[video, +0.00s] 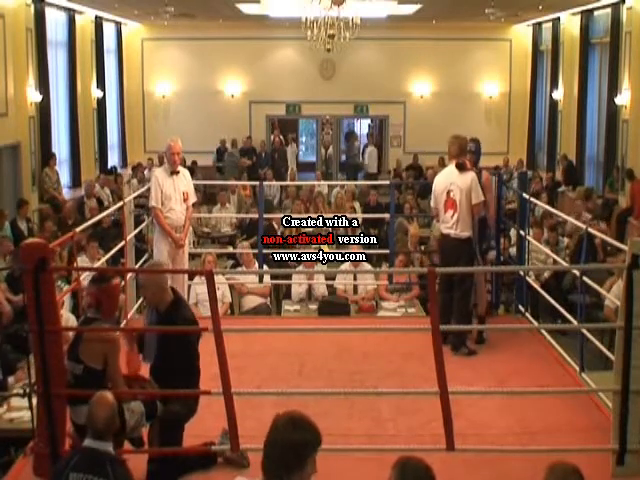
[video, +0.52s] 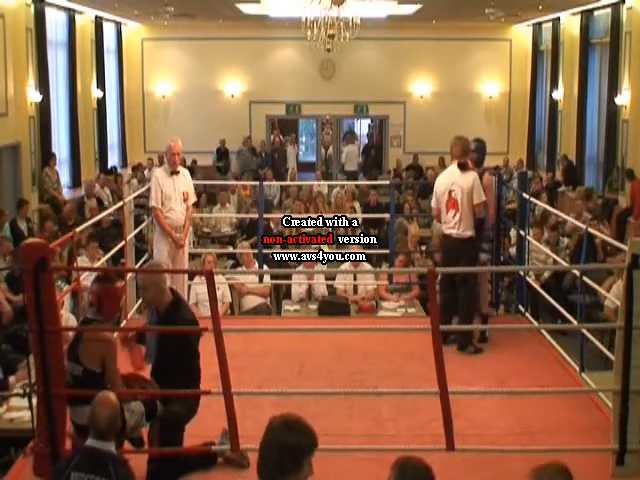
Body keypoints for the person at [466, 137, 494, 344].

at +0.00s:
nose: (469, 157)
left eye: (472, 153)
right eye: (467, 152)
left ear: (478, 156)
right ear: (463, 154)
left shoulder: (485, 178)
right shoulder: (456, 175)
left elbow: (490, 206)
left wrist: (490, 231)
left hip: (479, 231)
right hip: (459, 230)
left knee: (479, 277)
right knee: (462, 278)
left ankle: (480, 321)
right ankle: (460, 321)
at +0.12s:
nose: (467, 158)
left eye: (471, 154)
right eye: (465, 153)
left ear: (476, 155)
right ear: (461, 154)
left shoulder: (484, 177)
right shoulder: (456, 176)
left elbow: (490, 206)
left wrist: (491, 233)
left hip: (479, 230)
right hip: (459, 229)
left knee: (479, 276)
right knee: (463, 277)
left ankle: (481, 319)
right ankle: (461, 319)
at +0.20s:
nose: (467, 158)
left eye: (471, 154)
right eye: (465, 153)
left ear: (477, 156)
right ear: (461, 154)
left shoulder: (484, 178)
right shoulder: (456, 176)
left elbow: (490, 207)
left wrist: (491, 236)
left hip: (479, 231)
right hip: (459, 230)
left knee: (479, 277)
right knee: (463, 278)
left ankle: (482, 319)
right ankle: (461, 319)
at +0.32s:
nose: (467, 158)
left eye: (471, 154)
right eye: (466, 154)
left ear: (478, 155)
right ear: (464, 154)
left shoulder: (485, 178)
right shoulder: (458, 175)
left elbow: (490, 208)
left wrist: (490, 233)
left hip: (480, 231)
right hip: (461, 230)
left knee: (480, 278)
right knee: (464, 278)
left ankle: (482, 322)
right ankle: (462, 322)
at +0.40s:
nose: (469, 158)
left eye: (472, 154)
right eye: (468, 153)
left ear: (479, 155)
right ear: (467, 154)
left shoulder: (486, 178)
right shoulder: (461, 175)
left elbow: (490, 206)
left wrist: (490, 230)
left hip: (482, 230)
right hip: (464, 229)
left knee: (481, 277)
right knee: (467, 277)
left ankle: (483, 322)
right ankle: (464, 321)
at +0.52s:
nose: (471, 157)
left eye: (474, 153)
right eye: (470, 152)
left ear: (480, 155)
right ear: (470, 154)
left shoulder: (488, 179)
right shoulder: (462, 176)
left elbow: (491, 206)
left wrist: (489, 228)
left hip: (483, 231)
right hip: (465, 229)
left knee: (483, 275)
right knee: (467, 276)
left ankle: (483, 322)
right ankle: (464, 320)